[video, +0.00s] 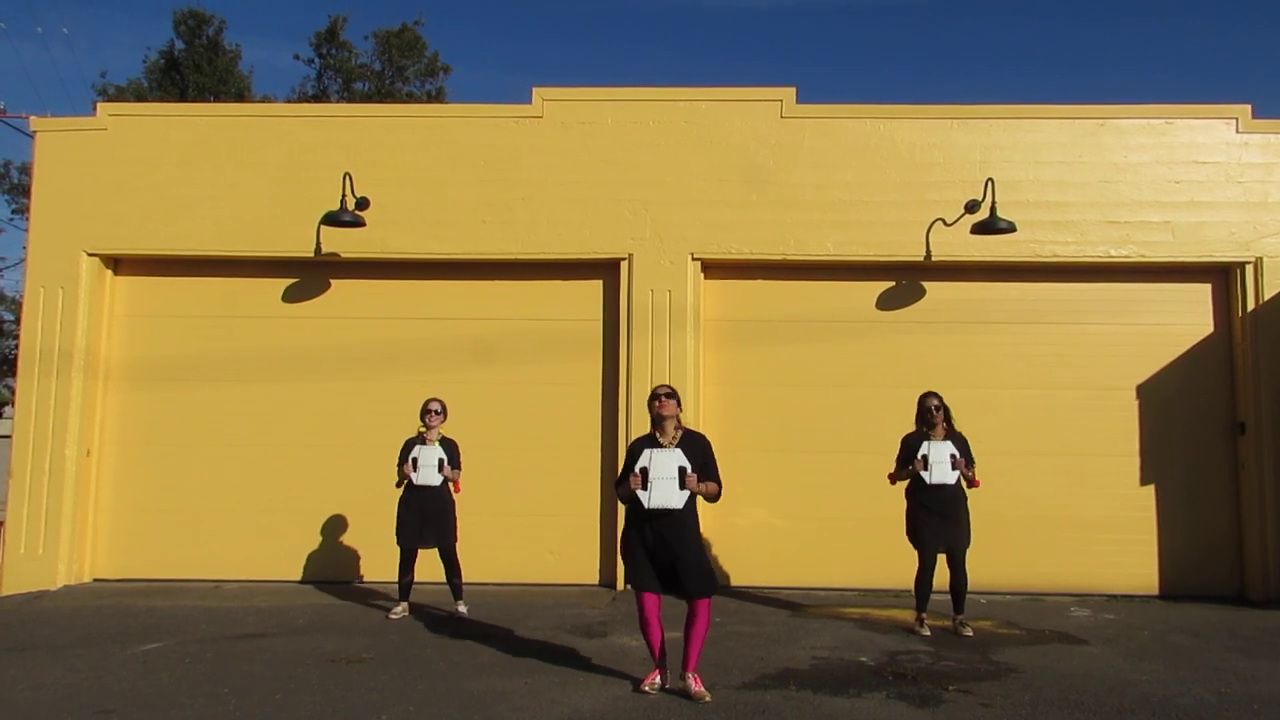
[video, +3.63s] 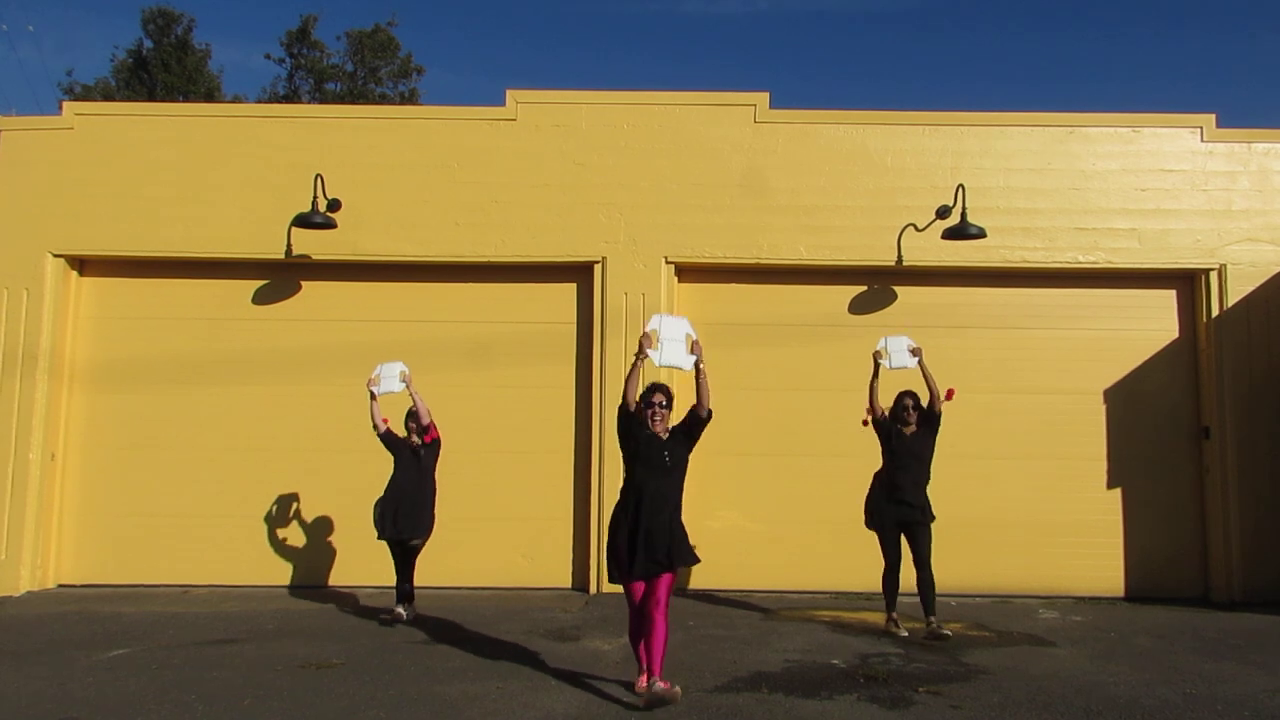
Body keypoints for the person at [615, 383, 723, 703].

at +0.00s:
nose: (661, 402)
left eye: (667, 398)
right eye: (655, 398)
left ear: (678, 407)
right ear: (649, 408)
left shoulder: (697, 442)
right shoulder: (639, 446)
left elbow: (715, 491)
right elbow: (621, 493)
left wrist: (699, 486)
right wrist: (630, 487)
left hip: (683, 536)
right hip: (642, 537)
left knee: (701, 598)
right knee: (647, 603)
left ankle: (689, 674)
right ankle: (660, 671)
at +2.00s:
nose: (651, 405)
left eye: (657, 401)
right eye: (645, 401)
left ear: (666, 409)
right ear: (637, 408)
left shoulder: (679, 445)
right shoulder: (622, 447)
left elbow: (695, 495)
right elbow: (600, 494)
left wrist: (681, 486)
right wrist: (613, 486)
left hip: (665, 540)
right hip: (624, 540)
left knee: (676, 598)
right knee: (628, 609)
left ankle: (667, 674)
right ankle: (642, 673)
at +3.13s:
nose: (643, 390)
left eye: (650, 386)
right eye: (638, 386)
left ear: (660, 397)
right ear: (631, 395)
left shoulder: (675, 433)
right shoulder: (620, 429)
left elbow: (692, 478)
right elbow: (606, 470)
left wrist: (702, 502)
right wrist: (643, 493)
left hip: (668, 528)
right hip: (632, 528)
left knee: (661, 598)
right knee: (637, 599)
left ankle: (659, 674)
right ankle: (643, 670)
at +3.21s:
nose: (642, 391)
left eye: (648, 387)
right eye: (637, 387)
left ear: (658, 395)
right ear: (630, 396)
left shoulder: (673, 434)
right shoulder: (620, 427)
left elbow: (691, 472)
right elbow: (627, 459)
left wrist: (721, 481)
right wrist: (672, 465)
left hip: (667, 525)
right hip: (631, 524)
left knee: (660, 598)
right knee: (637, 599)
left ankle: (658, 674)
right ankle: (642, 669)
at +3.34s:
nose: (641, 394)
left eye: (647, 390)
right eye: (635, 390)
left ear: (657, 398)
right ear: (629, 398)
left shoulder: (671, 436)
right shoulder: (620, 425)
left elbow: (707, 464)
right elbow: (644, 432)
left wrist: (739, 449)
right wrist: (692, 427)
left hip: (668, 526)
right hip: (632, 525)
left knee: (662, 600)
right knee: (638, 600)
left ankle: (659, 675)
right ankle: (643, 670)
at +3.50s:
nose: (643, 392)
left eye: (649, 388)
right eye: (637, 388)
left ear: (660, 394)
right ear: (629, 396)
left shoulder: (675, 431)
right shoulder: (623, 426)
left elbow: (718, 435)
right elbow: (645, 403)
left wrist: (739, 399)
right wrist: (686, 380)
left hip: (667, 525)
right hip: (630, 525)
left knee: (662, 601)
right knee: (636, 606)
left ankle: (654, 673)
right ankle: (646, 663)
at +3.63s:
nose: (657, 411)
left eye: (663, 406)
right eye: (652, 405)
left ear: (671, 411)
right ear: (641, 409)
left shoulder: (681, 440)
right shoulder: (632, 436)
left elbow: (703, 410)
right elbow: (629, 402)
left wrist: (699, 363)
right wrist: (640, 357)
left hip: (666, 530)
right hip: (630, 529)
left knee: (659, 603)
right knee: (638, 604)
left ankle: (656, 678)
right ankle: (644, 672)